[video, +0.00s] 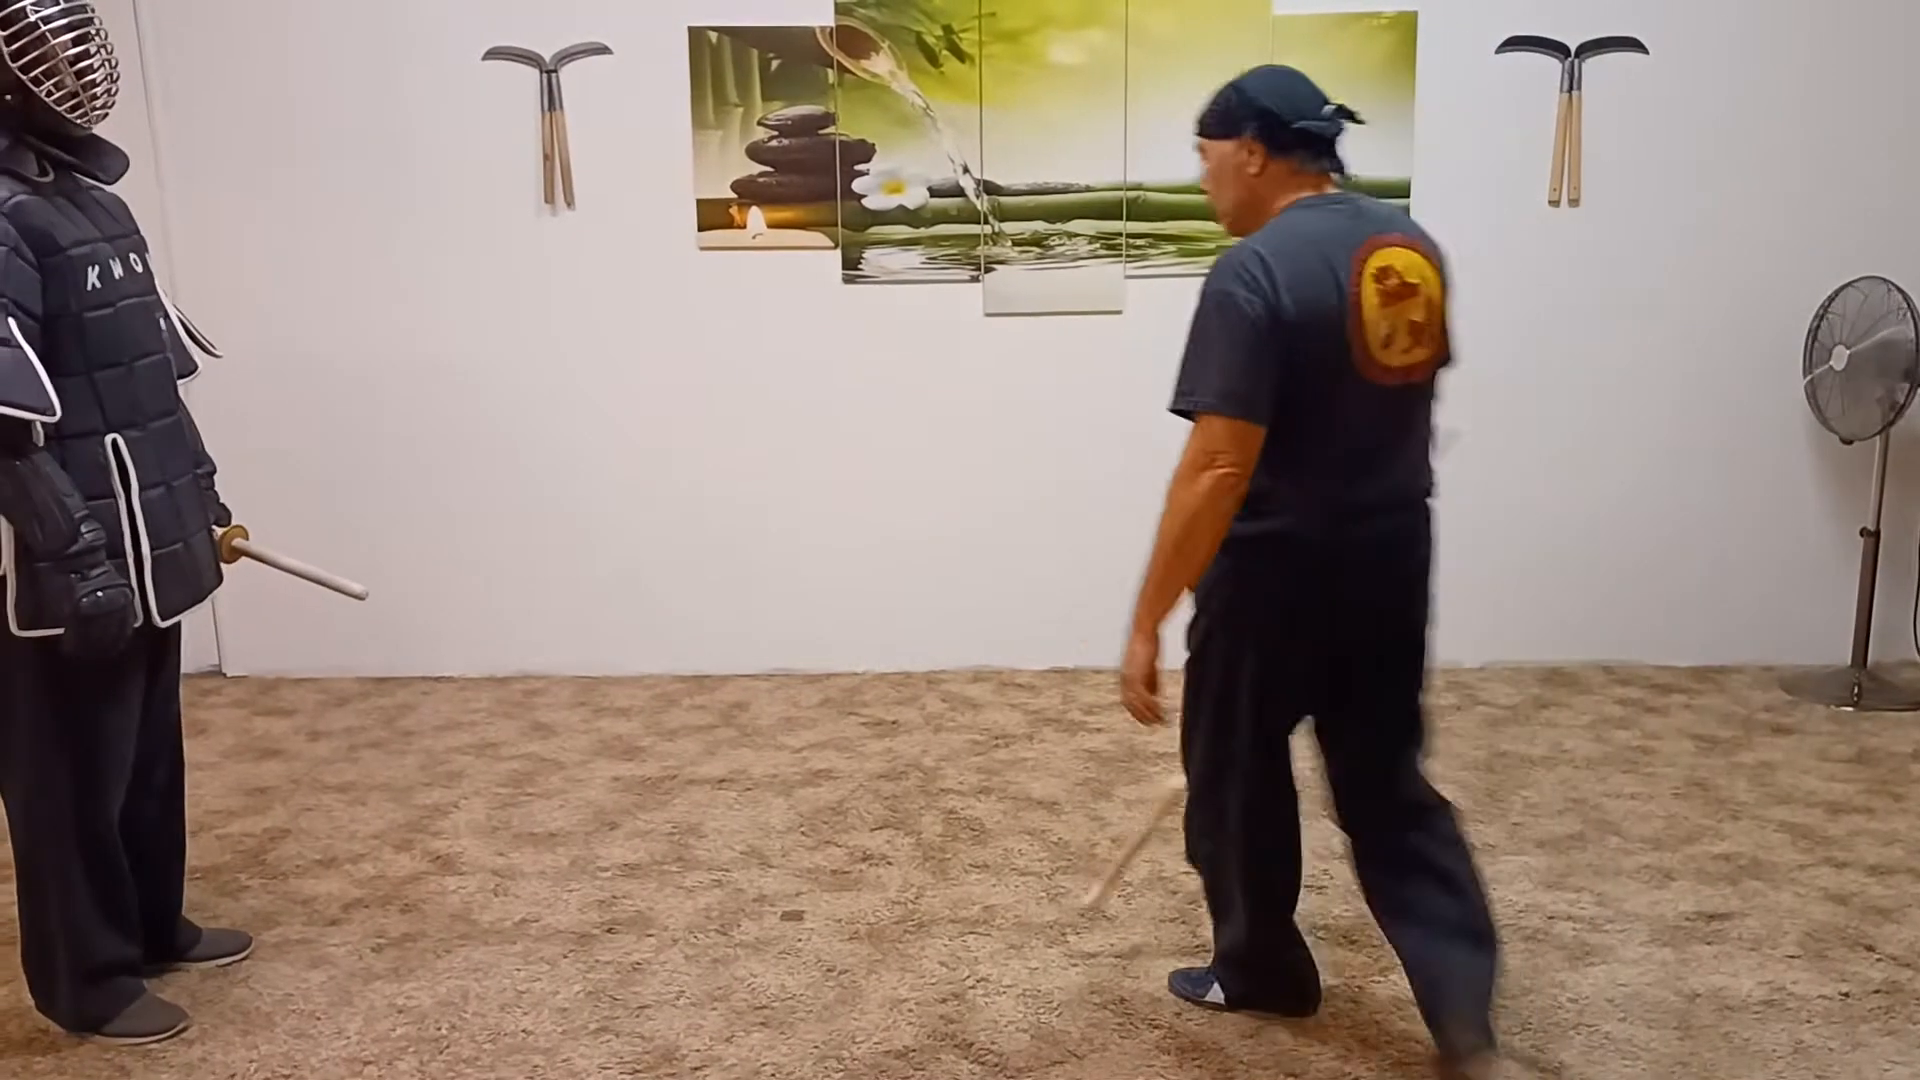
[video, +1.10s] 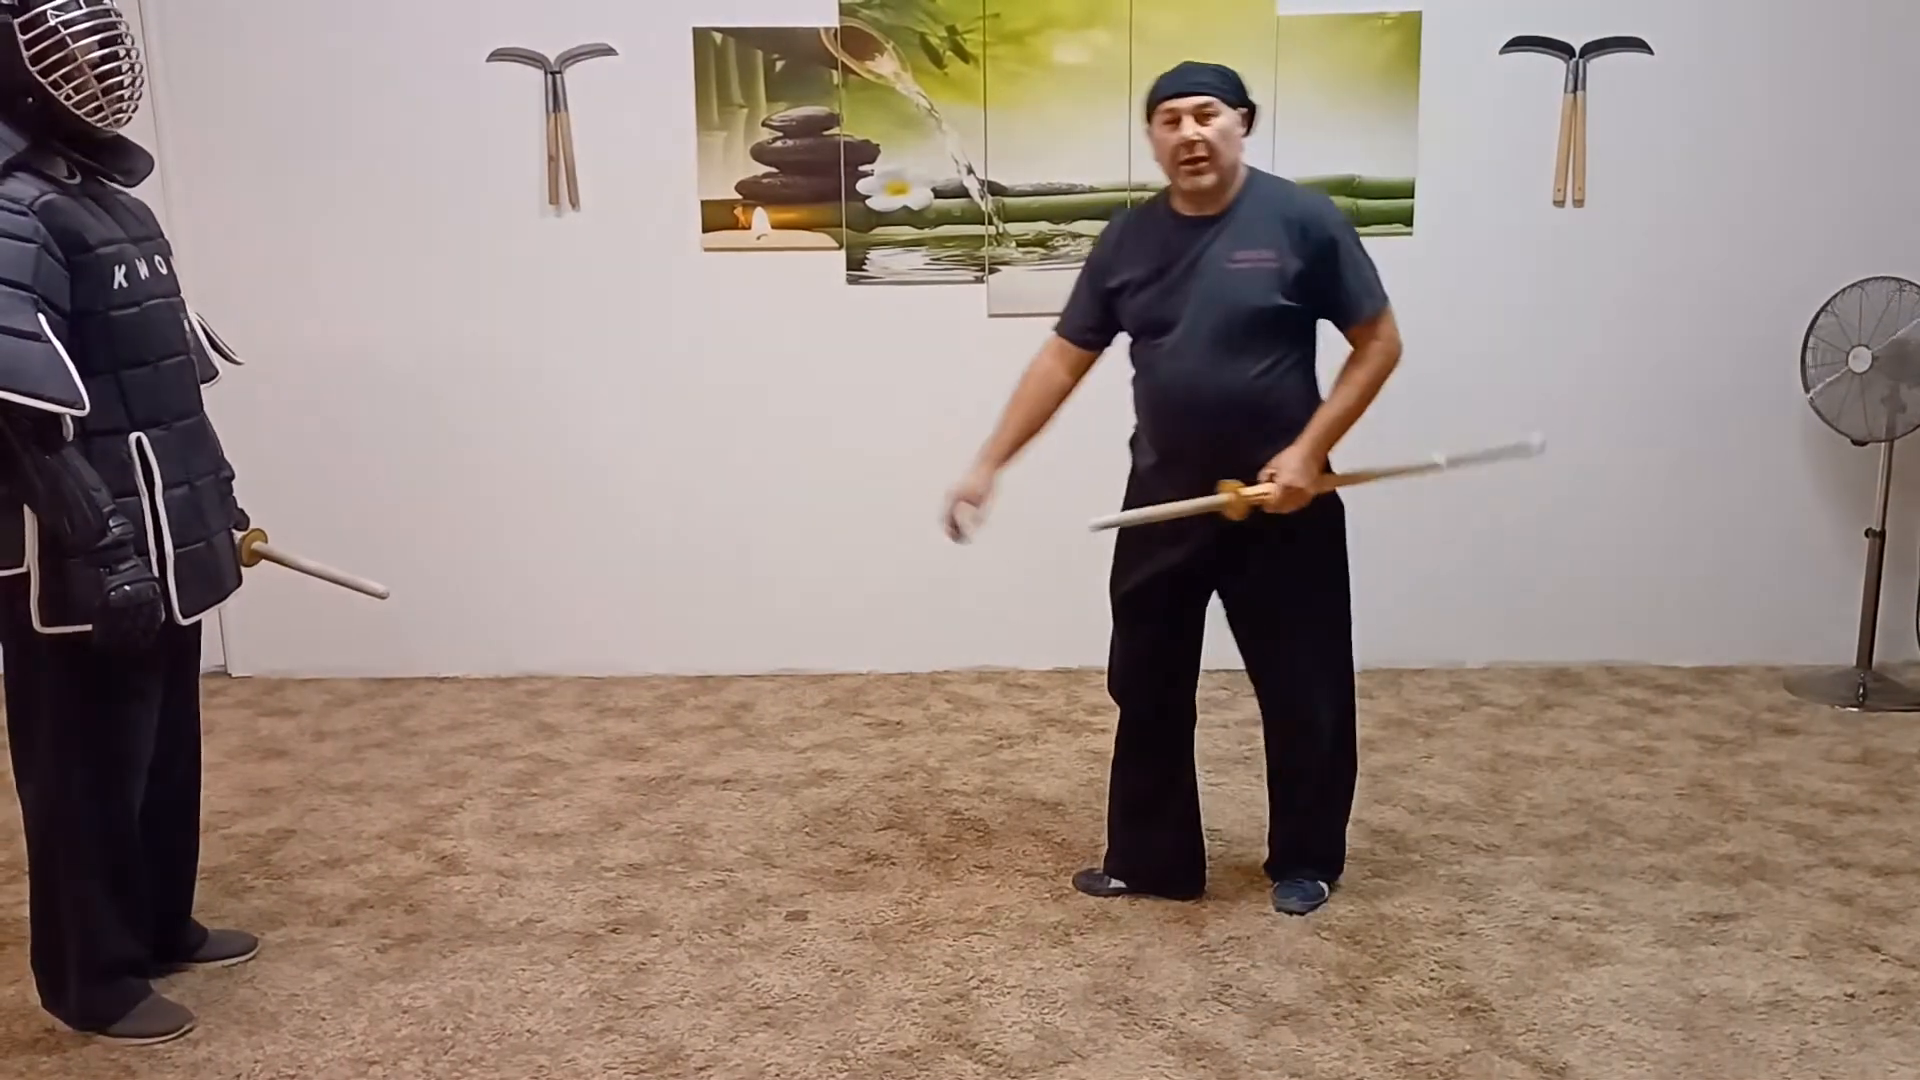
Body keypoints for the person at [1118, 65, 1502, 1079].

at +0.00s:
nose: (1204, 183)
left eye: (1210, 160)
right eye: (1204, 162)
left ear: (1256, 155)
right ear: (1305, 155)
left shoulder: (1254, 270)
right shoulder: (1404, 240)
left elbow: (1218, 464)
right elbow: (1412, 398)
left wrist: (1145, 620)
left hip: (1268, 562)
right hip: (1388, 552)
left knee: (1234, 760)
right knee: (1383, 771)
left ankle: (1263, 966)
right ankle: (1457, 978)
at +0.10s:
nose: (1176, 175)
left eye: (1182, 154)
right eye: (1175, 156)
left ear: (1235, 146)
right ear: (1277, 148)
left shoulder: (1235, 262)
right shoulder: (1367, 226)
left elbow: (1195, 450)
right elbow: (1364, 397)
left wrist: (1117, 585)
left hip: (1254, 547)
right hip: (1358, 530)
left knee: (1223, 760)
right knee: (1315, 731)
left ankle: (1259, 969)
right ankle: (1395, 918)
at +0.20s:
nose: (1155, 159)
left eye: (1167, 136)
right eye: (1156, 138)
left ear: (1229, 137)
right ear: (1250, 141)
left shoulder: (1227, 254)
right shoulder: (1334, 218)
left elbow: (1187, 436)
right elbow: (1327, 385)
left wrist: (1104, 541)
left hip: (1244, 533)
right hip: (1328, 514)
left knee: (1216, 746)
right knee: (1283, 724)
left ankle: (1264, 967)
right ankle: (1313, 917)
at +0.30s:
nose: (1141, 157)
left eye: (1156, 133)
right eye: (1142, 136)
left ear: (1221, 136)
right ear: (1231, 142)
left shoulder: (1228, 251)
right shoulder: (1298, 216)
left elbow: (1190, 431)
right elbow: (1276, 388)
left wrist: (1102, 509)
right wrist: (1170, 475)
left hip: (1238, 527)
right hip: (1297, 506)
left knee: (1216, 742)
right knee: (1249, 704)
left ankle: (1265, 971)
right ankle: (1233, 854)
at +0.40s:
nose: (1133, 160)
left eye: (1150, 135)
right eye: (1130, 141)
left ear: (1218, 137)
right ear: (1206, 146)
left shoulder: (1241, 245)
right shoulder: (1233, 225)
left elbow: (1212, 422)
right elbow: (1176, 368)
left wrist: (1115, 487)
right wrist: (1105, 435)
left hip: (1241, 521)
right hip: (1224, 507)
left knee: (1220, 733)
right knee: (1190, 697)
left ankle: (1265, 968)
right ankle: (1161, 842)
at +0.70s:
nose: (1120, 146)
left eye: (1139, 126)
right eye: (1108, 132)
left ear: (1190, 127)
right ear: (1098, 146)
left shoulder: (1245, 217)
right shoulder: (1109, 239)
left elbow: (1307, 357)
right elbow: (1044, 338)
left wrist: (1184, 452)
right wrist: (1014, 427)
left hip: (1246, 515)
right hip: (1151, 510)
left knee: (1256, 725)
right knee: (1150, 698)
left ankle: (1255, 927)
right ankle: (1152, 860)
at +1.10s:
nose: (1190, 133)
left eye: (1207, 116)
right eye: (1172, 121)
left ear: (1244, 128)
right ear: (1152, 141)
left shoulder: (1304, 221)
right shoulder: (1126, 240)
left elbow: (1379, 341)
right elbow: (1064, 356)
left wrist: (1311, 449)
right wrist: (987, 463)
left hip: (1282, 497)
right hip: (1164, 500)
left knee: (1303, 691)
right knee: (1147, 692)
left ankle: (1305, 863)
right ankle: (1152, 861)